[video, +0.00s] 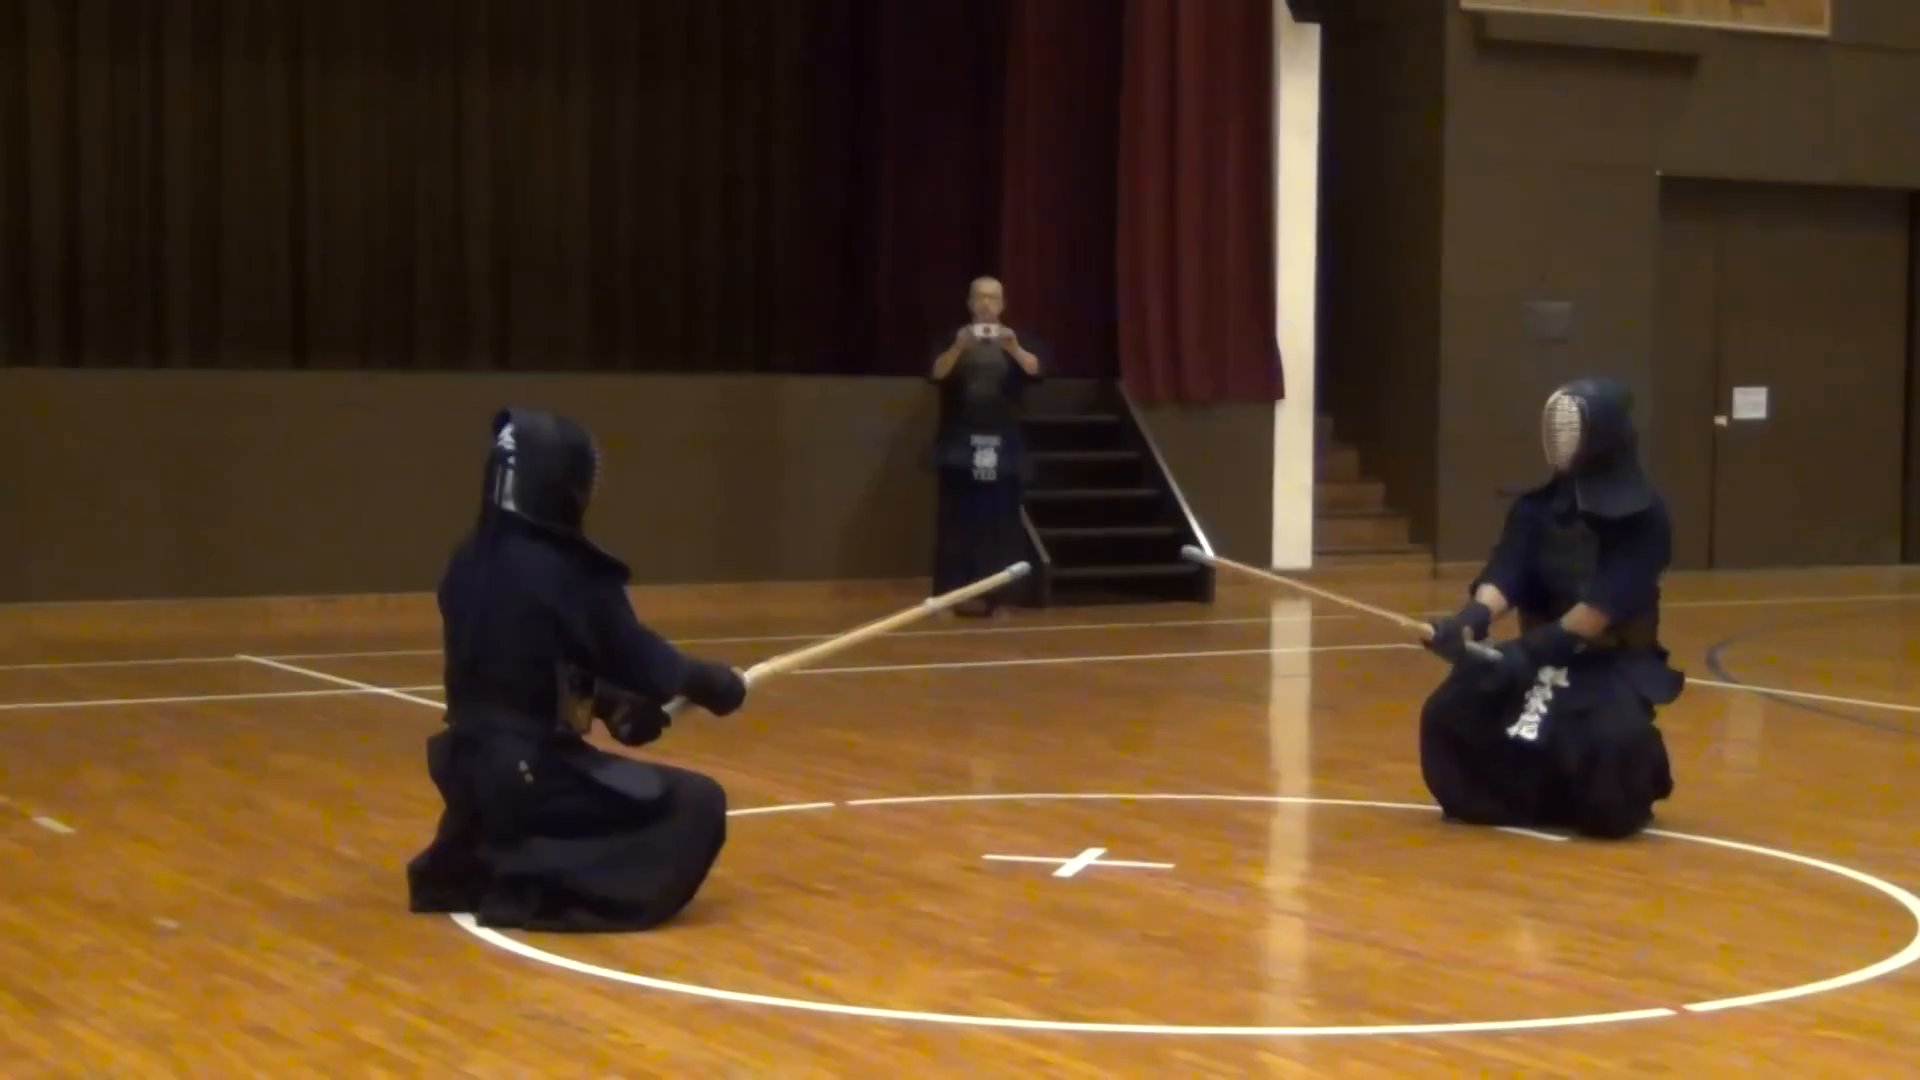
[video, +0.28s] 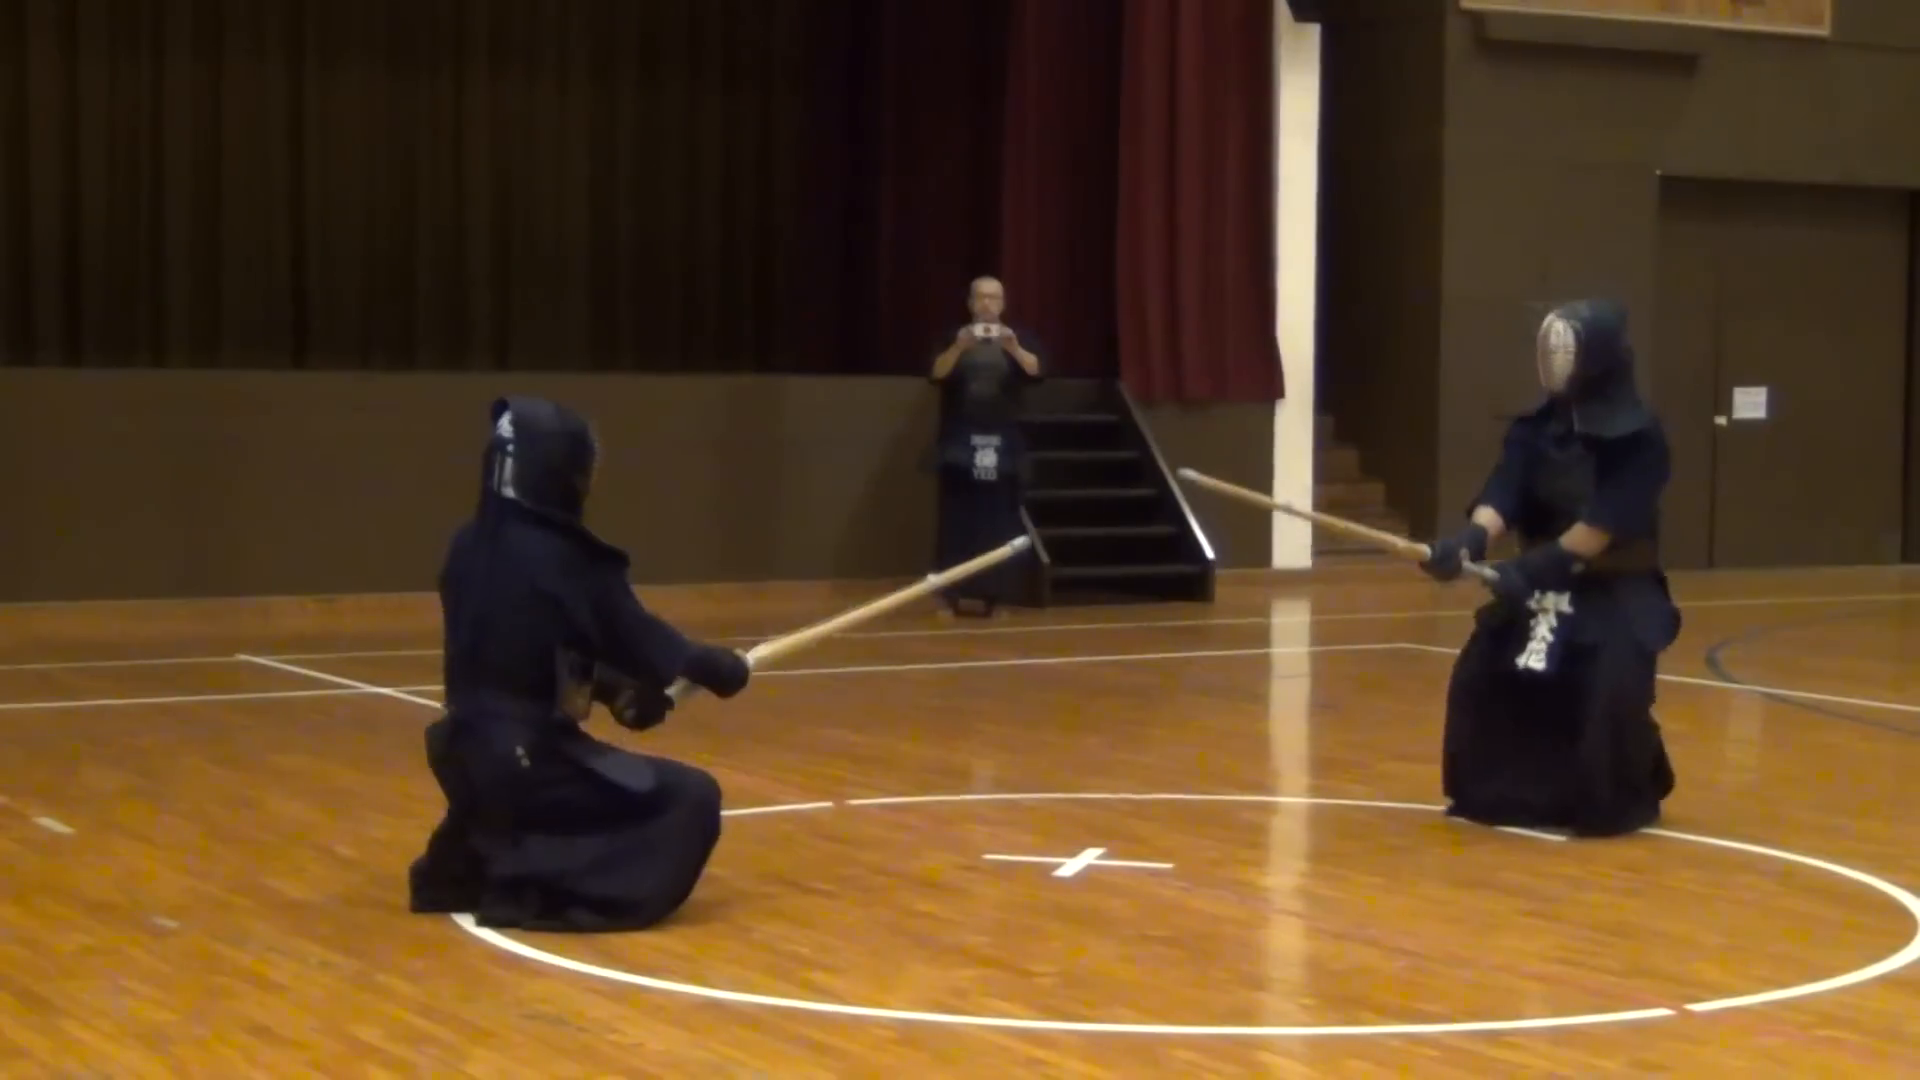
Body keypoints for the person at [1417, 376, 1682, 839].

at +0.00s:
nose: (1556, 439)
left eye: (1569, 428)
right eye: (1553, 427)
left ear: (1602, 434)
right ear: (1547, 429)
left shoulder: (1639, 515)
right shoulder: (1534, 508)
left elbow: (1603, 608)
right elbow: (1506, 575)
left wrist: (1524, 653)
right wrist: (1469, 619)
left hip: (1610, 666)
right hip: (1535, 658)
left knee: (1616, 740)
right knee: (1449, 714)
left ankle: (1613, 810)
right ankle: (1484, 800)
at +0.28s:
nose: (1550, 362)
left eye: (1562, 351)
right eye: (1546, 350)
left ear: (1596, 357)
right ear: (1544, 353)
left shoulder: (1635, 435)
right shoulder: (1535, 428)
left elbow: (1602, 527)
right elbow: (1503, 495)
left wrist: (1529, 572)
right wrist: (1469, 541)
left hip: (1618, 588)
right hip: (1544, 582)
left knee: (1607, 676)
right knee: (1482, 667)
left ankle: (1611, 802)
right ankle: (1489, 793)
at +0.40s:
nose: (1547, 329)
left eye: (1560, 318)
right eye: (1544, 317)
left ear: (1595, 324)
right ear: (1541, 322)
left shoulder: (1634, 402)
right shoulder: (1533, 397)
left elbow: (1600, 493)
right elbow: (1501, 462)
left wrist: (1531, 535)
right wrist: (1467, 506)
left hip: (1614, 565)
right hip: (1543, 559)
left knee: (1602, 674)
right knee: (1496, 664)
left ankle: (1603, 801)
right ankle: (1507, 793)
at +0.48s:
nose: (1545, 312)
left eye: (1559, 301)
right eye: (1543, 300)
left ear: (1595, 306)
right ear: (1542, 304)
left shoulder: (1635, 383)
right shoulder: (1532, 378)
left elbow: (1608, 470)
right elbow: (1502, 442)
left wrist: (1537, 514)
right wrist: (1469, 488)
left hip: (1615, 549)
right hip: (1545, 543)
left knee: (1598, 672)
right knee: (1518, 659)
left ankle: (1602, 801)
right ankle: (1535, 793)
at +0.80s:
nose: (1550, 291)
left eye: (1564, 281)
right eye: (1547, 279)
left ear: (1599, 285)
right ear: (1545, 282)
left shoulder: (1635, 363)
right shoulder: (1538, 355)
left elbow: (1603, 452)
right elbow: (1501, 417)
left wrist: (1528, 491)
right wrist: (1466, 456)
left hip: (1619, 527)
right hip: (1550, 523)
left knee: (1619, 654)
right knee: (1548, 650)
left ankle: (1650, 791)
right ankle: (1565, 786)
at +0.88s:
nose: (1555, 292)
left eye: (1567, 281)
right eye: (1551, 280)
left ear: (1602, 286)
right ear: (1550, 283)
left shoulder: (1637, 363)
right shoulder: (1539, 355)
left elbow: (1603, 452)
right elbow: (1502, 416)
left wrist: (1525, 492)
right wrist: (1465, 457)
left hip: (1618, 529)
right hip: (1550, 526)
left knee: (1622, 660)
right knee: (1551, 656)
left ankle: (1650, 793)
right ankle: (1562, 791)